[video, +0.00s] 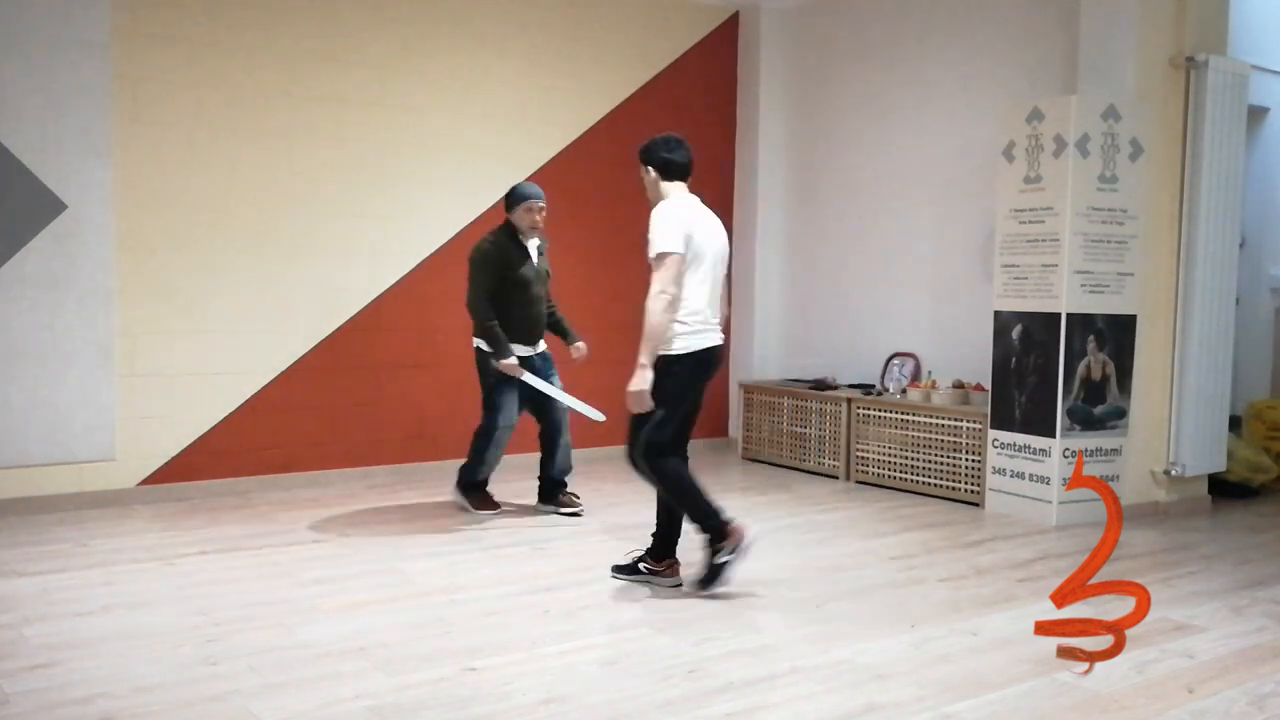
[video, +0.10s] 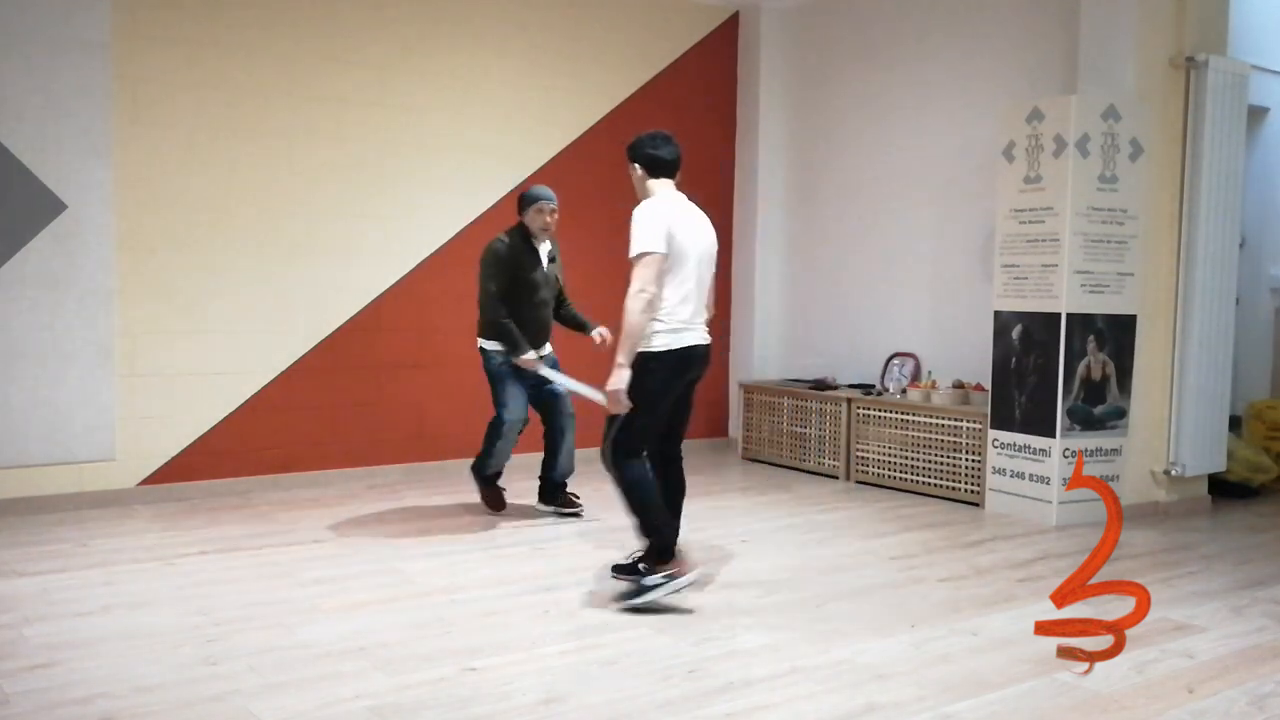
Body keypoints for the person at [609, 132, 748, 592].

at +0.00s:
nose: (642, 181)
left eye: (642, 173)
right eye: (641, 173)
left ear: (652, 172)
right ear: (685, 173)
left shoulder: (669, 214)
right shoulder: (709, 218)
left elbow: (664, 293)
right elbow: (718, 302)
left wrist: (644, 365)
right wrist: (708, 349)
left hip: (679, 351)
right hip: (704, 349)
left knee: (646, 450)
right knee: (670, 451)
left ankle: (722, 532)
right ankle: (663, 556)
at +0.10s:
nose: (630, 177)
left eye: (629, 170)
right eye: (630, 170)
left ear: (639, 170)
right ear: (675, 170)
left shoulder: (652, 213)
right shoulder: (699, 218)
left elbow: (643, 295)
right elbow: (706, 306)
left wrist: (620, 367)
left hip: (661, 352)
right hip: (694, 349)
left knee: (620, 450)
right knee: (666, 450)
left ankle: (662, 553)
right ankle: (662, 552)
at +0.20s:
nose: (616, 175)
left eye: (616, 168)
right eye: (619, 168)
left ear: (624, 170)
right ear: (662, 170)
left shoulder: (631, 215)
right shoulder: (691, 221)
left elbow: (619, 300)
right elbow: (695, 307)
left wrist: (597, 372)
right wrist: (673, 348)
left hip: (639, 356)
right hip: (680, 354)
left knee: (610, 460)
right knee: (656, 453)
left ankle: (605, 576)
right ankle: (661, 557)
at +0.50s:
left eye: (577, 172)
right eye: (622, 167)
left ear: (576, 173)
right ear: (624, 171)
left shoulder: (562, 225)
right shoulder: (663, 221)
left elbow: (543, 313)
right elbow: (681, 309)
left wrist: (528, 386)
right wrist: (670, 364)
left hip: (594, 362)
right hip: (659, 360)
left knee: (568, 472)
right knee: (649, 460)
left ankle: (575, 590)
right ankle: (647, 576)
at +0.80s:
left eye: (595, 194)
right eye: (638, 191)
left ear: (591, 199)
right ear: (645, 196)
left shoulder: (568, 265)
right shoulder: (681, 261)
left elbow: (546, 355)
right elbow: (703, 352)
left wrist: (529, 426)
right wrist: (701, 410)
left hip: (585, 415)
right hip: (656, 417)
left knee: (578, 486)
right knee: (652, 535)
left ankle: (587, 590)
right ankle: (631, 648)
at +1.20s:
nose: (660, 251)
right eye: (661, 243)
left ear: (613, 234)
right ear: (657, 244)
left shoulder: (573, 273)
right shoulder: (657, 280)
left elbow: (556, 361)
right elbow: (667, 369)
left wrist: (551, 437)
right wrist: (655, 419)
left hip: (569, 402)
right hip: (629, 401)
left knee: (605, 488)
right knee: (663, 504)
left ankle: (600, 591)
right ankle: (636, 585)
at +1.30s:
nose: (667, 246)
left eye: (669, 239)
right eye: (669, 238)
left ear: (627, 224)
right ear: (661, 234)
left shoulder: (585, 255)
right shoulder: (638, 250)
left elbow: (569, 342)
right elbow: (644, 334)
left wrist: (572, 428)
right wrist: (638, 387)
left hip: (563, 377)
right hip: (616, 375)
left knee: (610, 478)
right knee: (663, 469)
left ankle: (593, 590)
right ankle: (655, 571)